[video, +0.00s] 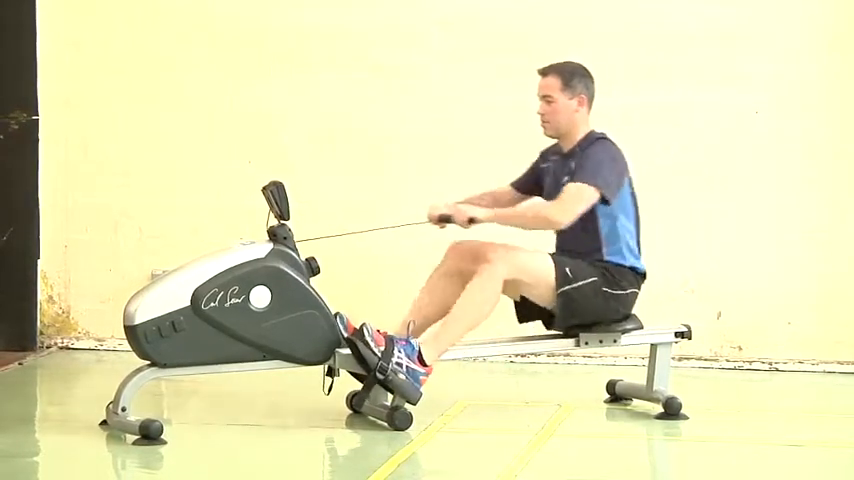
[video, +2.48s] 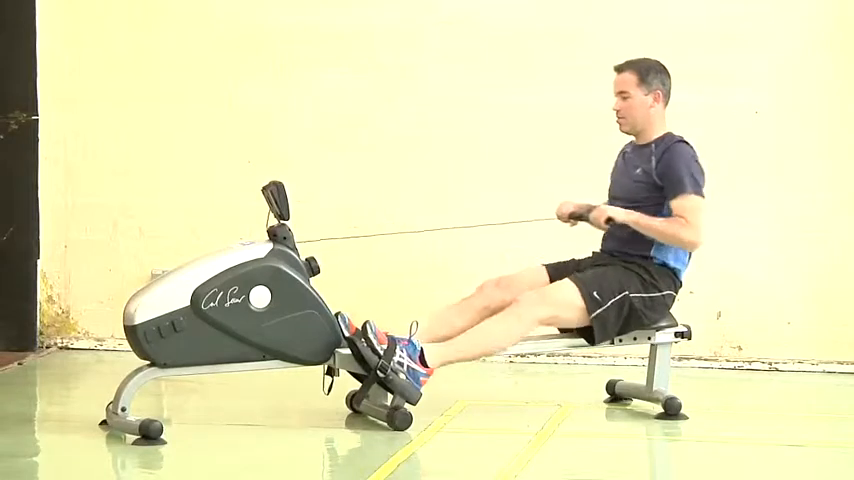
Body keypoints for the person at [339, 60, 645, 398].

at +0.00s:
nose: (540, 109)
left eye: (549, 100)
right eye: (540, 100)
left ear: (580, 102)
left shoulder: (602, 153)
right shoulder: (552, 158)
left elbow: (559, 214)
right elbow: (507, 196)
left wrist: (484, 215)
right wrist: (458, 207)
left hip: (609, 282)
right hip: (572, 276)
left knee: (499, 261)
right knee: (461, 254)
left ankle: (423, 359)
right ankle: (398, 345)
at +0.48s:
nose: (439, 120)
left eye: (448, 110)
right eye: (439, 111)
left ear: (481, 113)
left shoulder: (503, 162)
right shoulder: (452, 164)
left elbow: (427, 205)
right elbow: (393, 196)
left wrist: (350, 231)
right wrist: (325, 221)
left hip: (533, 291)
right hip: (491, 292)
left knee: (439, 229)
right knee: (400, 227)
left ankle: (417, 355)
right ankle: (387, 338)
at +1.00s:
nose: (428, 115)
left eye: (437, 106)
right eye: (428, 107)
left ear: (469, 110)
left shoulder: (487, 161)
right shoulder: (438, 161)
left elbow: (404, 201)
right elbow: (376, 193)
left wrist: (334, 230)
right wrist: (309, 220)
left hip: (509, 290)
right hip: (467, 291)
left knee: (419, 223)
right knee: (380, 222)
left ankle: (412, 351)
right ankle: (382, 334)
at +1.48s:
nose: (506, 107)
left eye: (516, 97)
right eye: (507, 98)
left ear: (548, 101)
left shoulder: (564, 155)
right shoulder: (513, 153)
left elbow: (484, 191)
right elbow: (451, 182)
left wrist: (409, 216)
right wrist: (385, 203)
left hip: (571, 281)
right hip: (533, 276)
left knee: (463, 240)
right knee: (432, 235)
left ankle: (418, 360)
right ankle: (389, 342)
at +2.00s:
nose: (622, 108)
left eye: (630, 98)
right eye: (620, 100)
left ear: (662, 98)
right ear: (636, 101)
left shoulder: (680, 153)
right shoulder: (633, 153)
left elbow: (661, 223)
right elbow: (602, 199)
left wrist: (587, 210)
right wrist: (558, 205)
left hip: (642, 278)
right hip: (608, 267)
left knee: (529, 298)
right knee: (491, 292)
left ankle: (424, 364)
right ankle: (396, 346)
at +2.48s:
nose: (615, 107)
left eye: (624, 97)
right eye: (615, 97)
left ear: (657, 99)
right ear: (642, 100)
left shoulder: (677, 154)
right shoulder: (628, 155)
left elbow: (692, 234)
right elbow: (622, 229)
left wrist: (621, 214)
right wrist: (587, 213)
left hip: (646, 278)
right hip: (608, 264)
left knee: (535, 308)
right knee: (494, 291)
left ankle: (422, 363)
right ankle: (398, 347)